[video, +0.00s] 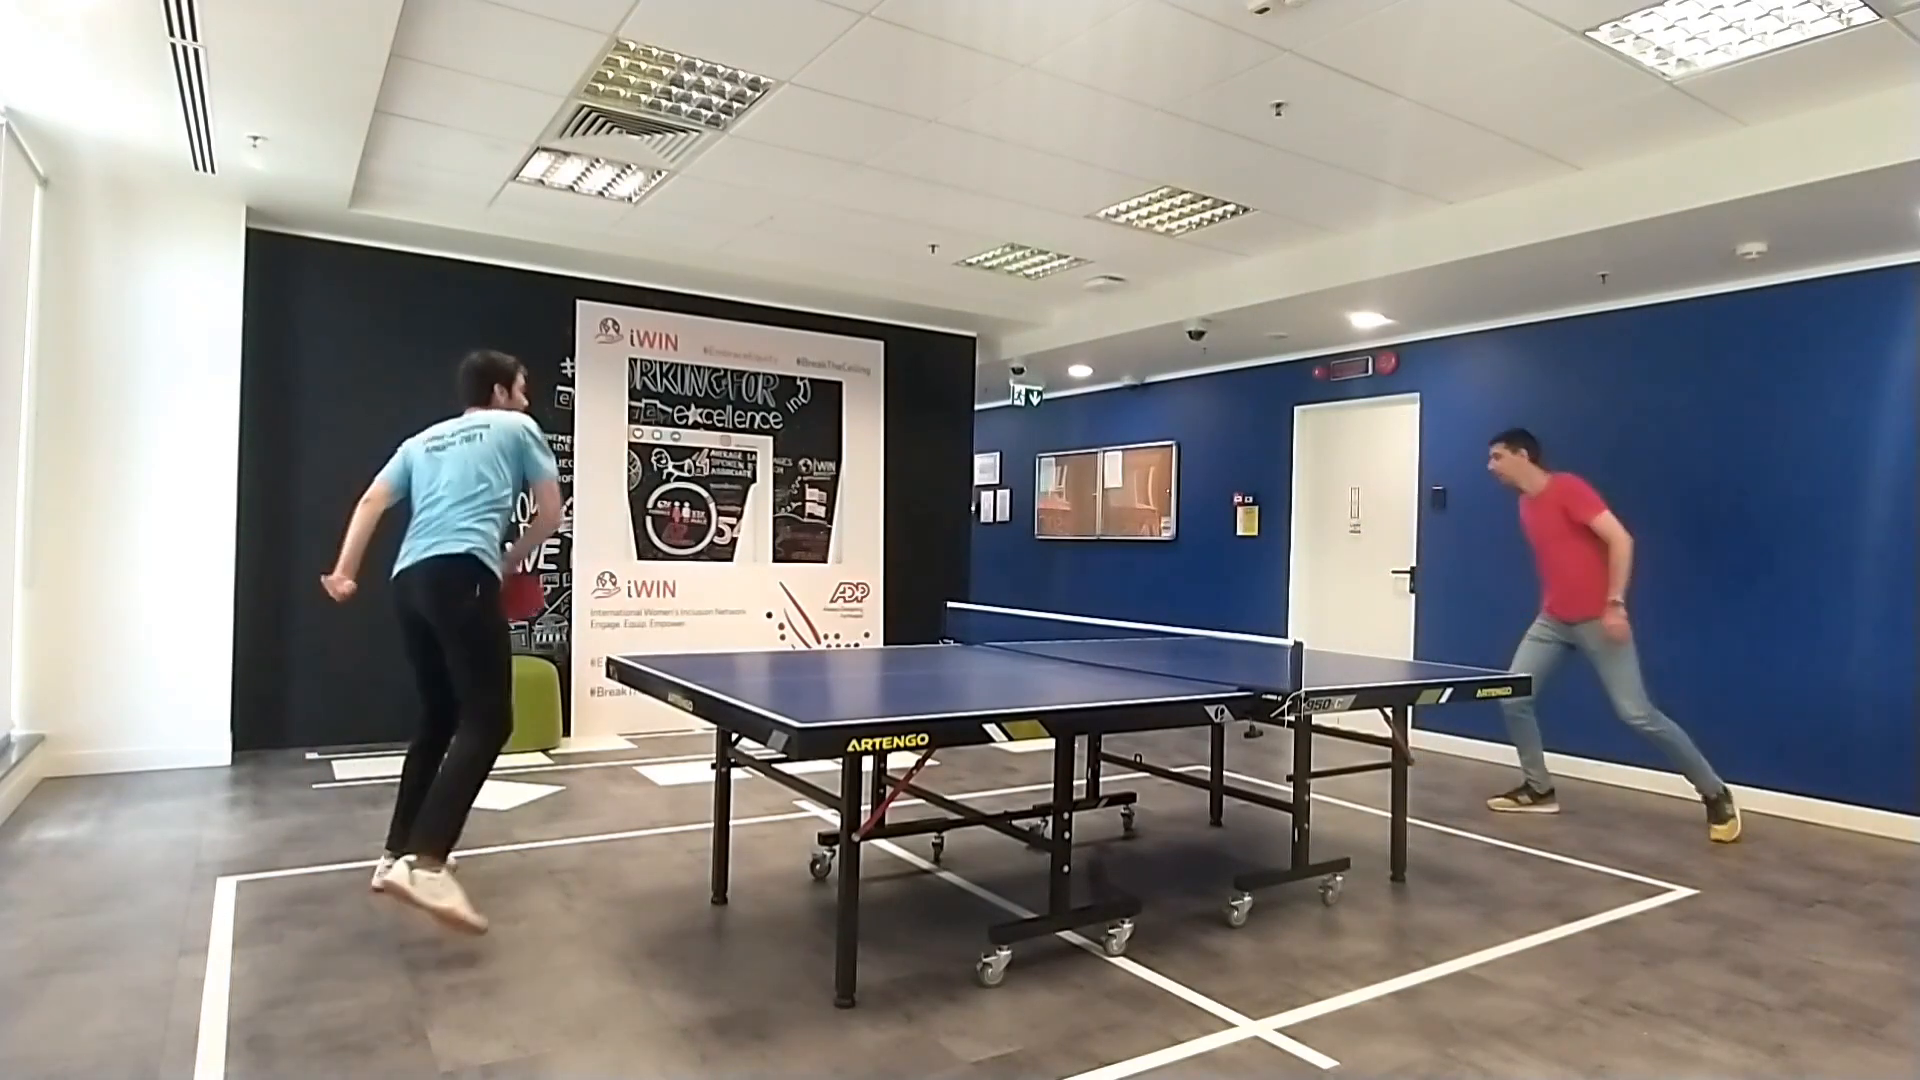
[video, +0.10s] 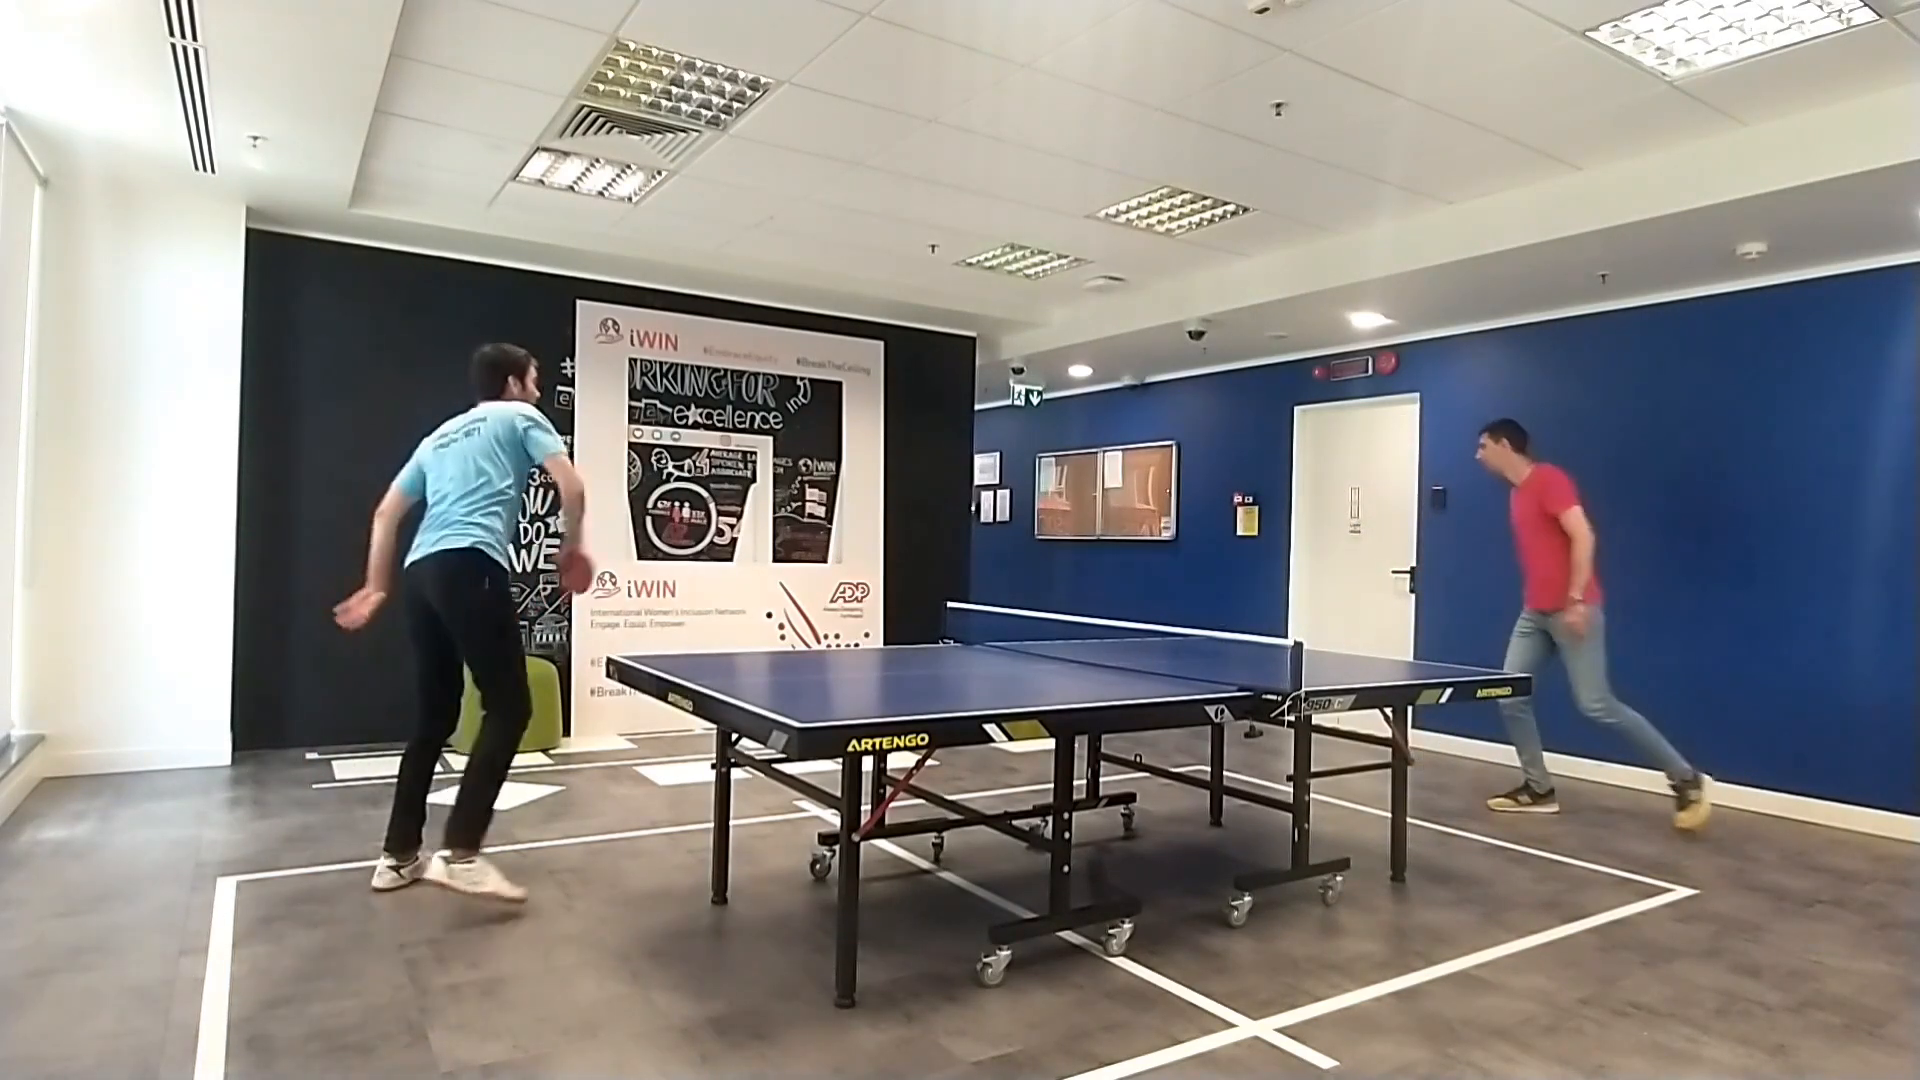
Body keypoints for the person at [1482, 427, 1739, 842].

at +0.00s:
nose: (1492, 466)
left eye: (1497, 457)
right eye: (1490, 460)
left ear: (1522, 455)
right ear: (1513, 460)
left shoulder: (1567, 489)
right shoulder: (1526, 507)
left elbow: (1620, 538)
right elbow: (1555, 557)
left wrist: (1615, 603)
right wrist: (1551, 608)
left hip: (1598, 619)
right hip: (1553, 620)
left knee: (1636, 713)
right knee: (1514, 695)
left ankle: (1716, 795)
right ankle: (1538, 788)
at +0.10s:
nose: (1479, 455)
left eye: (1483, 447)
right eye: (1479, 448)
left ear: (1504, 445)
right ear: (1504, 447)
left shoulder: (1549, 480)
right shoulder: (1520, 493)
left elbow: (1582, 535)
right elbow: (1542, 549)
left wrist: (1576, 600)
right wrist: (1538, 599)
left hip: (1572, 612)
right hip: (1536, 613)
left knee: (1596, 704)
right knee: (1511, 695)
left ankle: (1687, 780)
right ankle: (1537, 787)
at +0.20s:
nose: (1473, 448)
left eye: (1476, 440)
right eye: (1474, 441)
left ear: (1494, 440)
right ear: (1500, 440)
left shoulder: (1530, 475)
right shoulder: (1513, 482)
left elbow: (1543, 535)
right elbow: (1529, 543)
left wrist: (1530, 597)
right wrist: (1518, 600)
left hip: (1553, 602)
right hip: (1526, 603)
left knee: (1550, 694)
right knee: (1511, 693)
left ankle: (1639, 774)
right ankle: (1537, 787)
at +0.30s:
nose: (1466, 445)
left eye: (1468, 436)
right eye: (1467, 437)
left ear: (1481, 435)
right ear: (1496, 435)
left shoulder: (1513, 472)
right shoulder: (1513, 473)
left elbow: (1506, 532)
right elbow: (1511, 539)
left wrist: (1481, 587)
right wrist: (1490, 591)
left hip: (1530, 598)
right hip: (1521, 597)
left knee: (1514, 688)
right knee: (1509, 689)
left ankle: (1580, 778)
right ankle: (1538, 784)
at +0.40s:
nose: (1458, 443)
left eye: (1460, 436)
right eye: (1459, 437)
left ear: (1471, 435)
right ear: (1492, 436)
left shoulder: (1489, 470)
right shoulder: (1515, 471)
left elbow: (1477, 529)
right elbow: (1532, 540)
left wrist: (1439, 581)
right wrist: (1492, 588)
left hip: (1505, 597)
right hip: (1530, 595)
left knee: (1476, 682)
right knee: (1517, 689)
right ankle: (1540, 783)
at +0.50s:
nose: (1446, 445)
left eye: (1447, 438)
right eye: (1447, 438)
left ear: (1458, 437)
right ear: (1481, 440)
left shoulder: (1467, 472)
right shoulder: (1509, 479)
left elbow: (1449, 530)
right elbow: (1523, 544)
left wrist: (1406, 576)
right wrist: (1490, 571)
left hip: (1483, 597)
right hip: (1516, 595)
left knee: (1444, 681)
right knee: (1517, 689)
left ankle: (1448, 773)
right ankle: (1540, 785)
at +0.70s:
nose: (1408, 452)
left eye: (1411, 445)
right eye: (1410, 445)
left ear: (1422, 447)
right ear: (1442, 450)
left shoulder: (1425, 483)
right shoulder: (1472, 488)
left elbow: (1408, 540)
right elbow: (1488, 549)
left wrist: (1368, 581)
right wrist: (1489, 601)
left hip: (1436, 603)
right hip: (1472, 602)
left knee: (1403, 687)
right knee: (1480, 689)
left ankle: (1398, 768)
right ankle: (1533, 778)